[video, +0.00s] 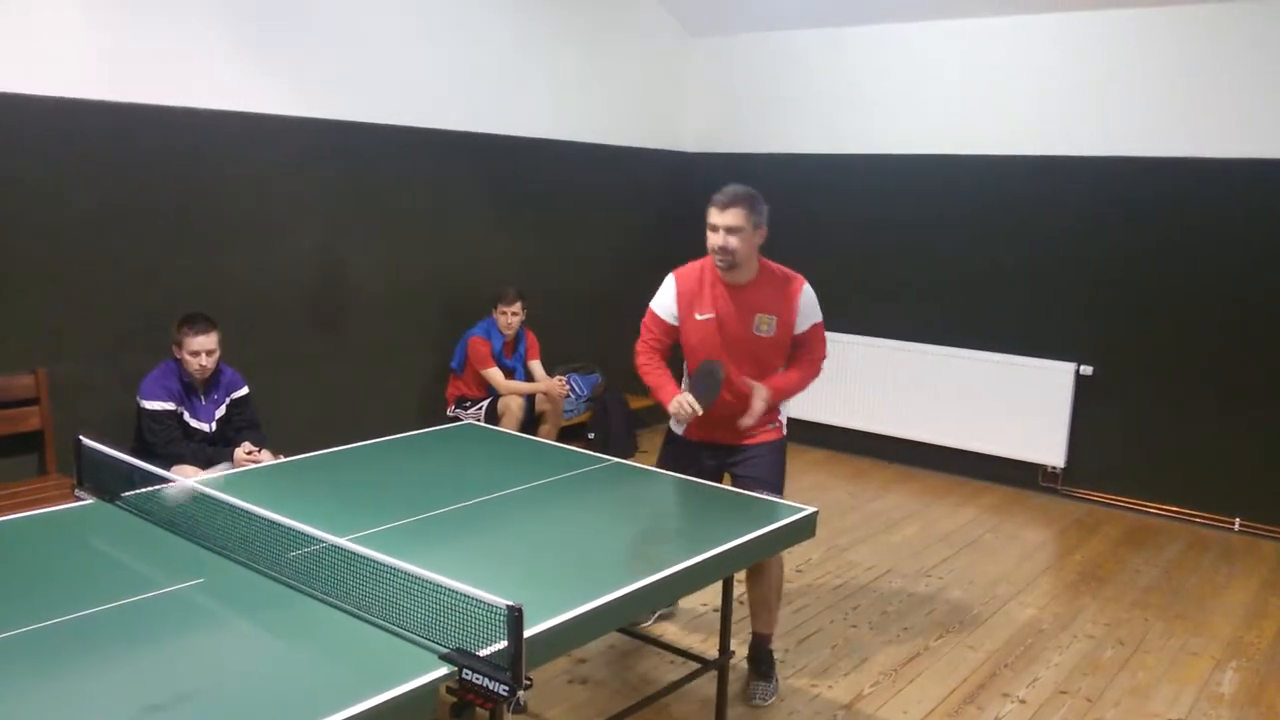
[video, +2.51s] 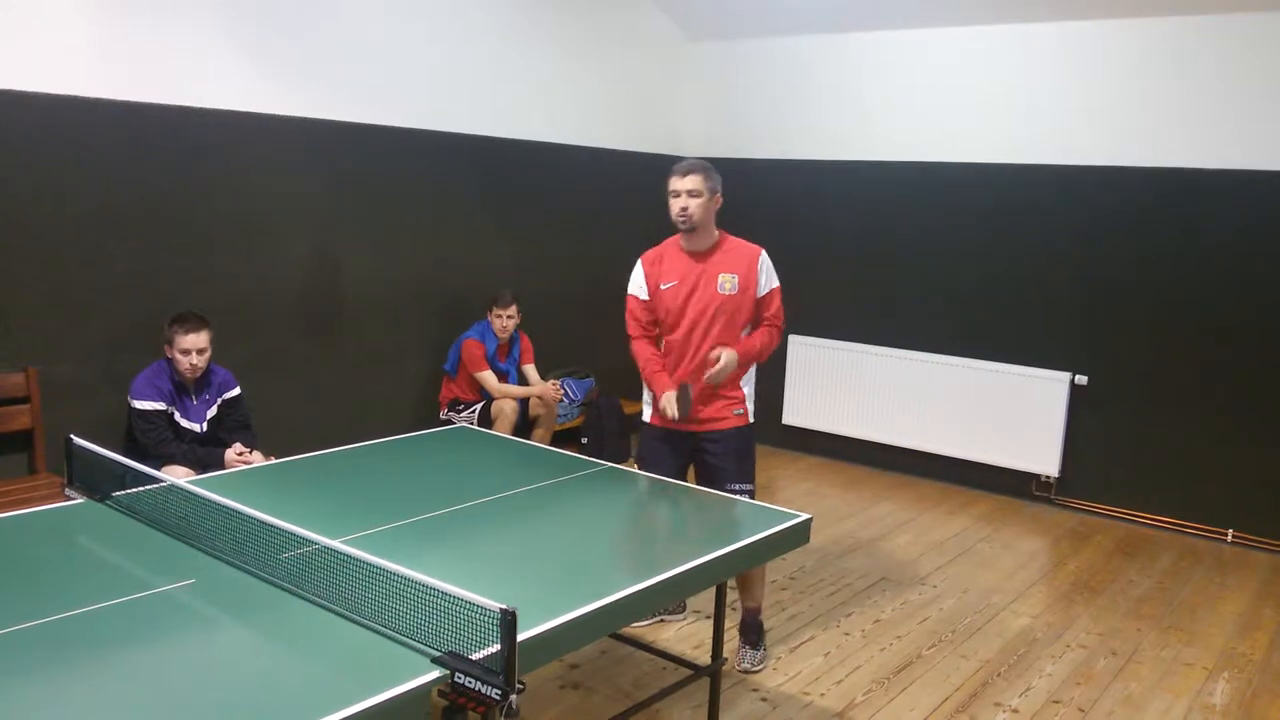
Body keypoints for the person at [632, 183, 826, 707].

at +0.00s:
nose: (720, 241)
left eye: (733, 231)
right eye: (713, 230)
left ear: (760, 234)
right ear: (706, 230)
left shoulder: (793, 292)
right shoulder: (682, 284)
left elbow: (811, 359)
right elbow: (648, 349)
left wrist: (771, 389)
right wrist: (670, 394)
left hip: (757, 438)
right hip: (690, 434)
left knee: (764, 539)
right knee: (666, 523)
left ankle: (762, 654)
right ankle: (662, 590)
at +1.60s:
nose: (652, 237)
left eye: (661, 227)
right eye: (648, 228)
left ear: (694, 226)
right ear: (649, 229)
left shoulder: (740, 277)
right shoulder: (653, 280)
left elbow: (772, 351)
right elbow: (650, 344)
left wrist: (705, 371)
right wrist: (642, 380)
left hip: (740, 431)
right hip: (684, 426)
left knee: (744, 533)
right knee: (665, 516)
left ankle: (751, 641)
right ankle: (666, 599)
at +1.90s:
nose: (623, 248)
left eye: (628, 237)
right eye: (621, 238)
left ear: (661, 232)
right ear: (649, 237)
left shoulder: (723, 271)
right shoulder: (650, 294)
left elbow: (771, 326)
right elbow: (637, 360)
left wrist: (704, 354)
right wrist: (579, 394)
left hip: (743, 429)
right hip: (689, 425)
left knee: (741, 535)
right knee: (657, 513)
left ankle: (755, 640)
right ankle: (670, 600)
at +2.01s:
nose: (620, 236)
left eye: (627, 226)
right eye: (619, 227)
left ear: (659, 222)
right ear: (645, 226)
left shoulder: (724, 261)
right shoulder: (634, 285)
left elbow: (771, 321)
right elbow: (599, 338)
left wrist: (711, 339)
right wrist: (536, 360)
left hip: (742, 420)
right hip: (682, 418)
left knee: (747, 530)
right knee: (662, 512)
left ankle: (755, 638)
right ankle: (674, 594)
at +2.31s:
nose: (649, 217)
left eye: (659, 207)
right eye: (644, 209)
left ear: (688, 209)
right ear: (641, 215)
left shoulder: (733, 262)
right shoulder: (632, 269)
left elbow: (761, 326)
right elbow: (605, 341)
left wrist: (731, 339)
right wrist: (586, 329)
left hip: (723, 422)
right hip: (660, 421)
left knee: (739, 526)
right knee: (647, 515)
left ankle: (749, 634)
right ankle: (670, 595)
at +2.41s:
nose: (668, 210)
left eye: (678, 200)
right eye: (661, 202)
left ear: (703, 204)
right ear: (654, 208)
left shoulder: (741, 259)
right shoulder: (641, 268)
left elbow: (765, 324)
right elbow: (632, 335)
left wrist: (737, 344)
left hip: (722, 419)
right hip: (658, 422)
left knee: (741, 521)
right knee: (648, 514)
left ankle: (751, 626)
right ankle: (667, 596)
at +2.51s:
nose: (681, 204)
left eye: (692, 195)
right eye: (675, 196)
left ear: (716, 201)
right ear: (667, 202)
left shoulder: (750, 259)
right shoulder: (650, 264)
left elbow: (773, 326)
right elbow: (639, 335)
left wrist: (740, 354)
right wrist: (661, 385)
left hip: (726, 421)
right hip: (664, 420)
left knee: (741, 522)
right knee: (655, 512)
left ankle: (751, 623)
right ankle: (668, 594)